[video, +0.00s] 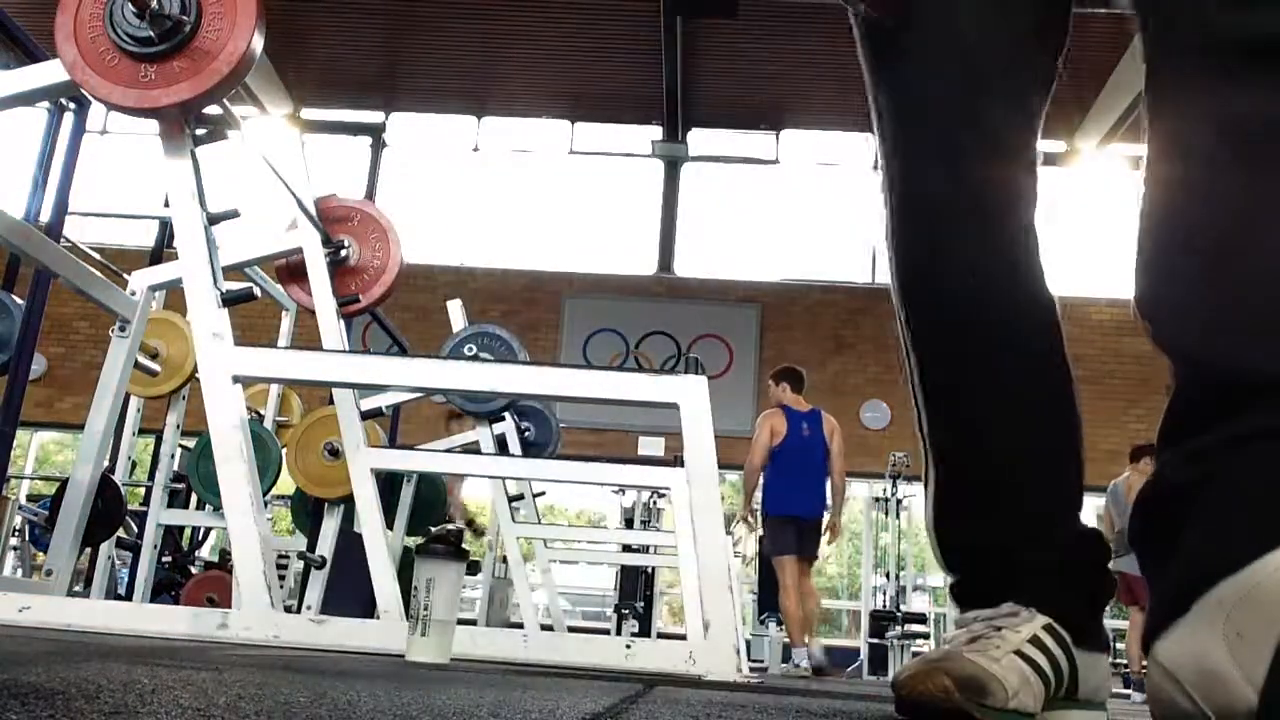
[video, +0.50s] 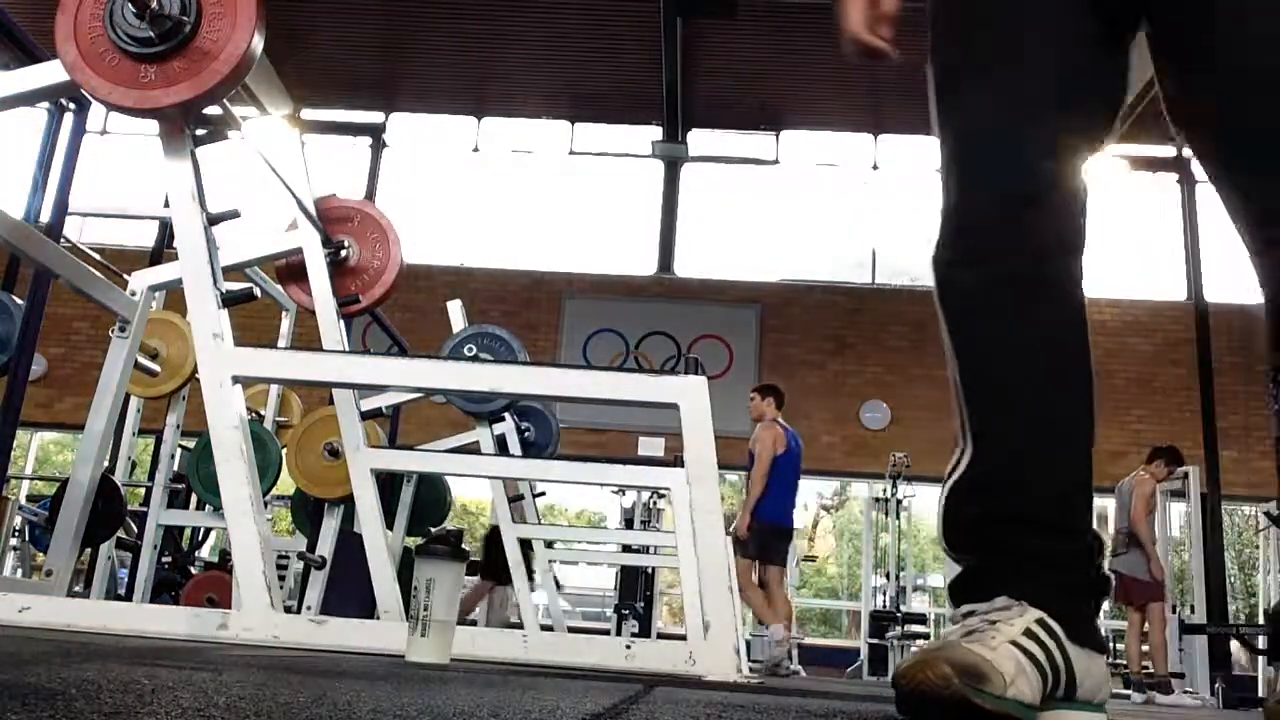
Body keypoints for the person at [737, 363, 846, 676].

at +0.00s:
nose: (770, 395)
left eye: (771, 389)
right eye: (770, 390)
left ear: (783, 387)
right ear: (800, 389)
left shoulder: (771, 418)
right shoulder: (829, 422)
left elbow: (754, 464)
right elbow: (838, 473)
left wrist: (747, 503)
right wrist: (836, 513)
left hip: (780, 513)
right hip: (813, 514)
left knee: (788, 584)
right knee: (804, 577)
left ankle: (799, 657)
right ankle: (813, 646)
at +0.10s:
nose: (764, 401)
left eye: (767, 395)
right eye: (764, 396)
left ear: (782, 393)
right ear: (795, 396)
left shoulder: (771, 423)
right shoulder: (825, 429)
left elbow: (754, 466)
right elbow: (833, 479)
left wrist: (742, 504)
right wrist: (832, 519)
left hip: (776, 517)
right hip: (807, 519)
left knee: (786, 585)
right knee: (798, 585)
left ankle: (800, 657)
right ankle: (798, 653)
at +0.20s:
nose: (762, 405)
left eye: (764, 399)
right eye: (762, 400)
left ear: (780, 399)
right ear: (790, 401)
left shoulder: (771, 428)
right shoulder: (819, 437)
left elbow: (756, 471)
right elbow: (826, 485)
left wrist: (740, 506)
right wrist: (826, 526)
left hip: (773, 519)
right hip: (802, 522)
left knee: (785, 587)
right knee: (788, 587)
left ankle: (800, 654)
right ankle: (780, 653)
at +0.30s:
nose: (760, 406)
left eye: (763, 400)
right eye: (760, 401)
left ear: (778, 401)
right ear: (785, 403)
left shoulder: (771, 430)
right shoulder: (811, 437)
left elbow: (758, 476)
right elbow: (815, 489)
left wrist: (738, 514)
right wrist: (813, 531)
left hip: (770, 519)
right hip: (795, 523)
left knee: (776, 589)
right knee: (777, 589)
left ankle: (799, 647)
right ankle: (781, 654)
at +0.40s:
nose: (755, 406)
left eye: (759, 400)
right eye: (756, 400)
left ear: (774, 402)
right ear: (780, 404)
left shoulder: (769, 430)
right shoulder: (799, 436)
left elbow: (760, 474)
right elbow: (801, 484)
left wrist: (743, 513)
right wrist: (793, 513)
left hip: (768, 516)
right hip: (790, 518)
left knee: (755, 581)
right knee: (777, 583)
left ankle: (790, 631)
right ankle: (786, 656)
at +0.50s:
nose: (750, 406)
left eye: (753, 401)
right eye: (750, 401)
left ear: (769, 403)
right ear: (774, 405)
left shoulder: (766, 430)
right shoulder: (792, 435)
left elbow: (760, 474)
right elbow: (788, 483)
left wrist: (746, 512)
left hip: (762, 517)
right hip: (783, 520)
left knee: (743, 580)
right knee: (775, 584)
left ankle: (776, 630)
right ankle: (783, 654)